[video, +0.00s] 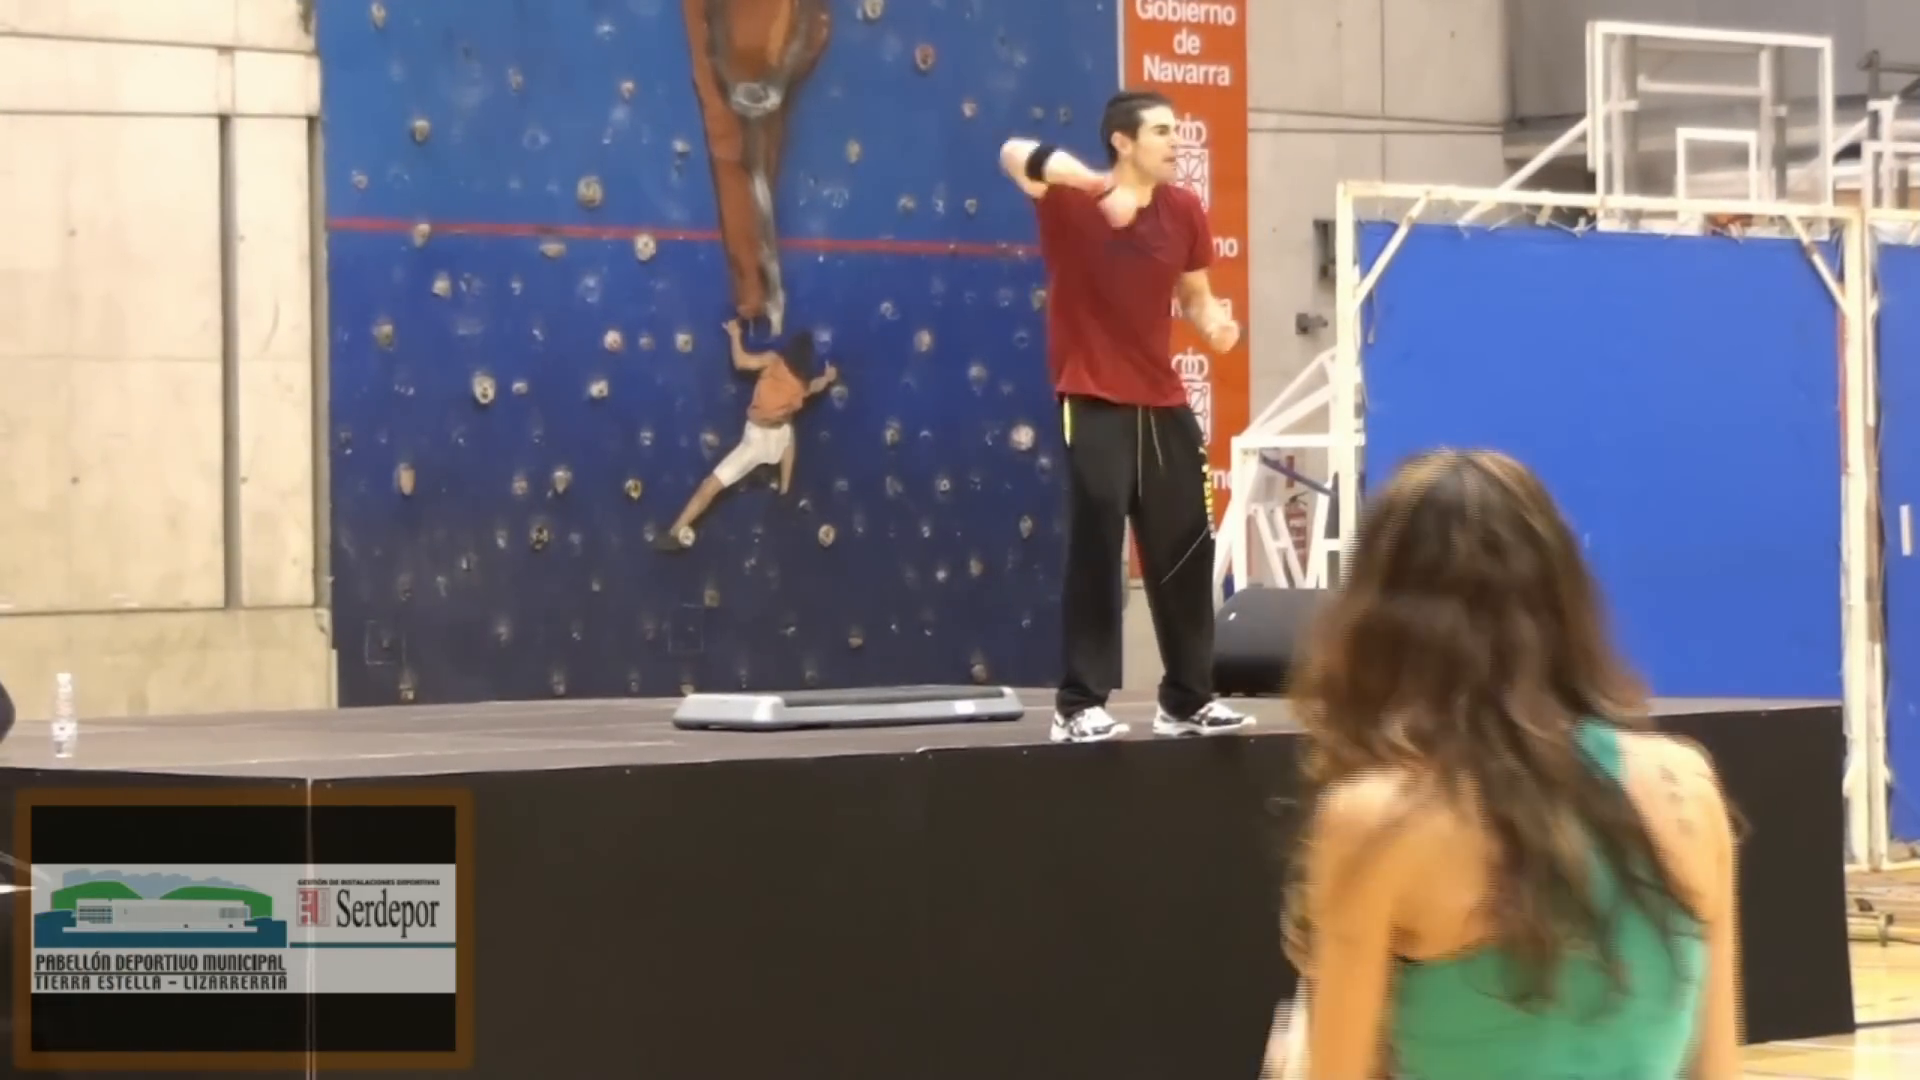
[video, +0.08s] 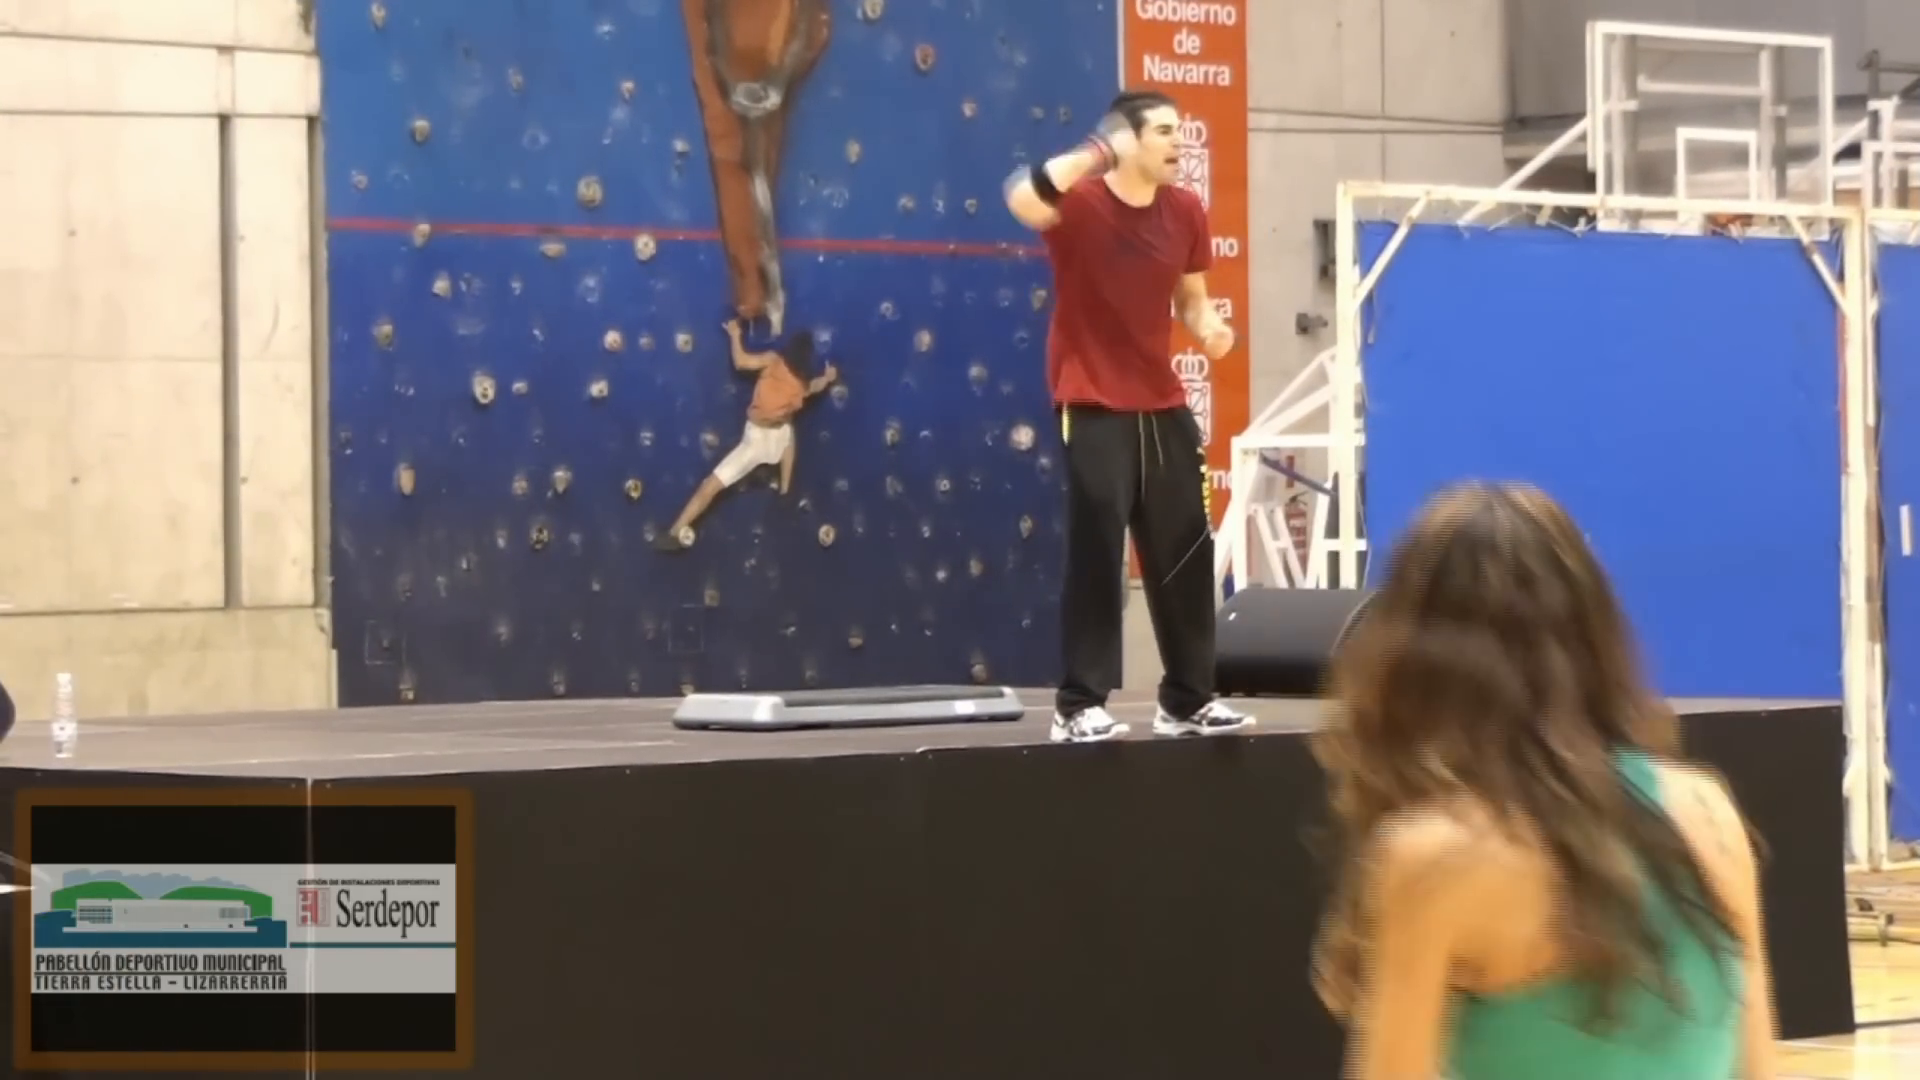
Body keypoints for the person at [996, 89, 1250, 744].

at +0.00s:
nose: (1175, 143)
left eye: (1174, 132)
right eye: (1161, 132)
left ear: (1167, 143)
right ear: (1121, 141)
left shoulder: (1182, 209)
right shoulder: (1071, 197)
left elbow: (1197, 297)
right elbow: (1013, 154)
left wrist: (1217, 328)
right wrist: (1069, 172)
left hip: (1163, 401)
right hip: (1094, 399)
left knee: (1184, 549)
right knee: (1097, 547)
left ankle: (1188, 698)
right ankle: (1080, 703)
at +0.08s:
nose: (1177, 143)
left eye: (1178, 132)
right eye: (1163, 132)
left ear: (1172, 143)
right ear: (1124, 141)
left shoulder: (1185, 210)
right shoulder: (1078, 202)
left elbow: (1193, 300)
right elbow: (1023, 201)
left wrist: (1209, 330)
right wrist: (1094, 153)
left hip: (1163, 402)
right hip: (1095, 401)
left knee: (1184, 550)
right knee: (1097, 550)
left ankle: (1188, 699)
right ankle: (1080, 704)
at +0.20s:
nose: (1180, 140)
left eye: (1179, 129)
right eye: (1166, 129)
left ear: (1168, 141)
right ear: (1126, 139)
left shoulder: (1183, 208)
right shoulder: (1078, 197)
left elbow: (1194, 297)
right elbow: (1015, 198)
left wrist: (1206, 321)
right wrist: (1064, 189)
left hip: (1162, 404)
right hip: (1093, 405)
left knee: (1180, 554)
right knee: (1093, 556)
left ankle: (1187, 699)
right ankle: (1080, 704)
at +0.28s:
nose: (1177, 141)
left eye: (1177, 130)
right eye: (1164, 130)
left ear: (1169, 142)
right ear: (1124, 139)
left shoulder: (1183, 208)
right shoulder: (1077, 197)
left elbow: (1206, 286)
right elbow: (1016, 199)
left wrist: (1217, 301)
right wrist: (1093, 247)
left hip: (1163, 407)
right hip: (1094, 408)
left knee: (1180, 555)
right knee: (1093, 558)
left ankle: (1187, 699)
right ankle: (1080, 704)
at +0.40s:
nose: (1170, 143)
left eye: (1172, 132)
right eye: (1157, 132)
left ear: (1170, 139)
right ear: (1118, 137)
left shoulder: (1182, 204)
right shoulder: (1071, 202)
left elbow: (1251, 251)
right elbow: (1004, 242)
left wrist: (1264, 232)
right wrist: (1081, 287)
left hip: (1159, 403)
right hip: (1087, 405)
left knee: (1178, 550)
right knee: (1093, 551)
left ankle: (1188, 700)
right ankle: (1082, 704)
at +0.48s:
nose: (1167, 148)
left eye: (1171, 137)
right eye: (1155, 137)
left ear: (1168, 142)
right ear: (1115, 137)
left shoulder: (1183, 197)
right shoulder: (1065, 204)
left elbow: (1274, 211)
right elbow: (1000, 269)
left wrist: (1313, 161)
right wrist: (1075, 306)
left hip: (1158, 403)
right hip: (1085, 405)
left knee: (1176, 551)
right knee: (1090, 553)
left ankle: (1188, 701)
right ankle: (1081, 705)